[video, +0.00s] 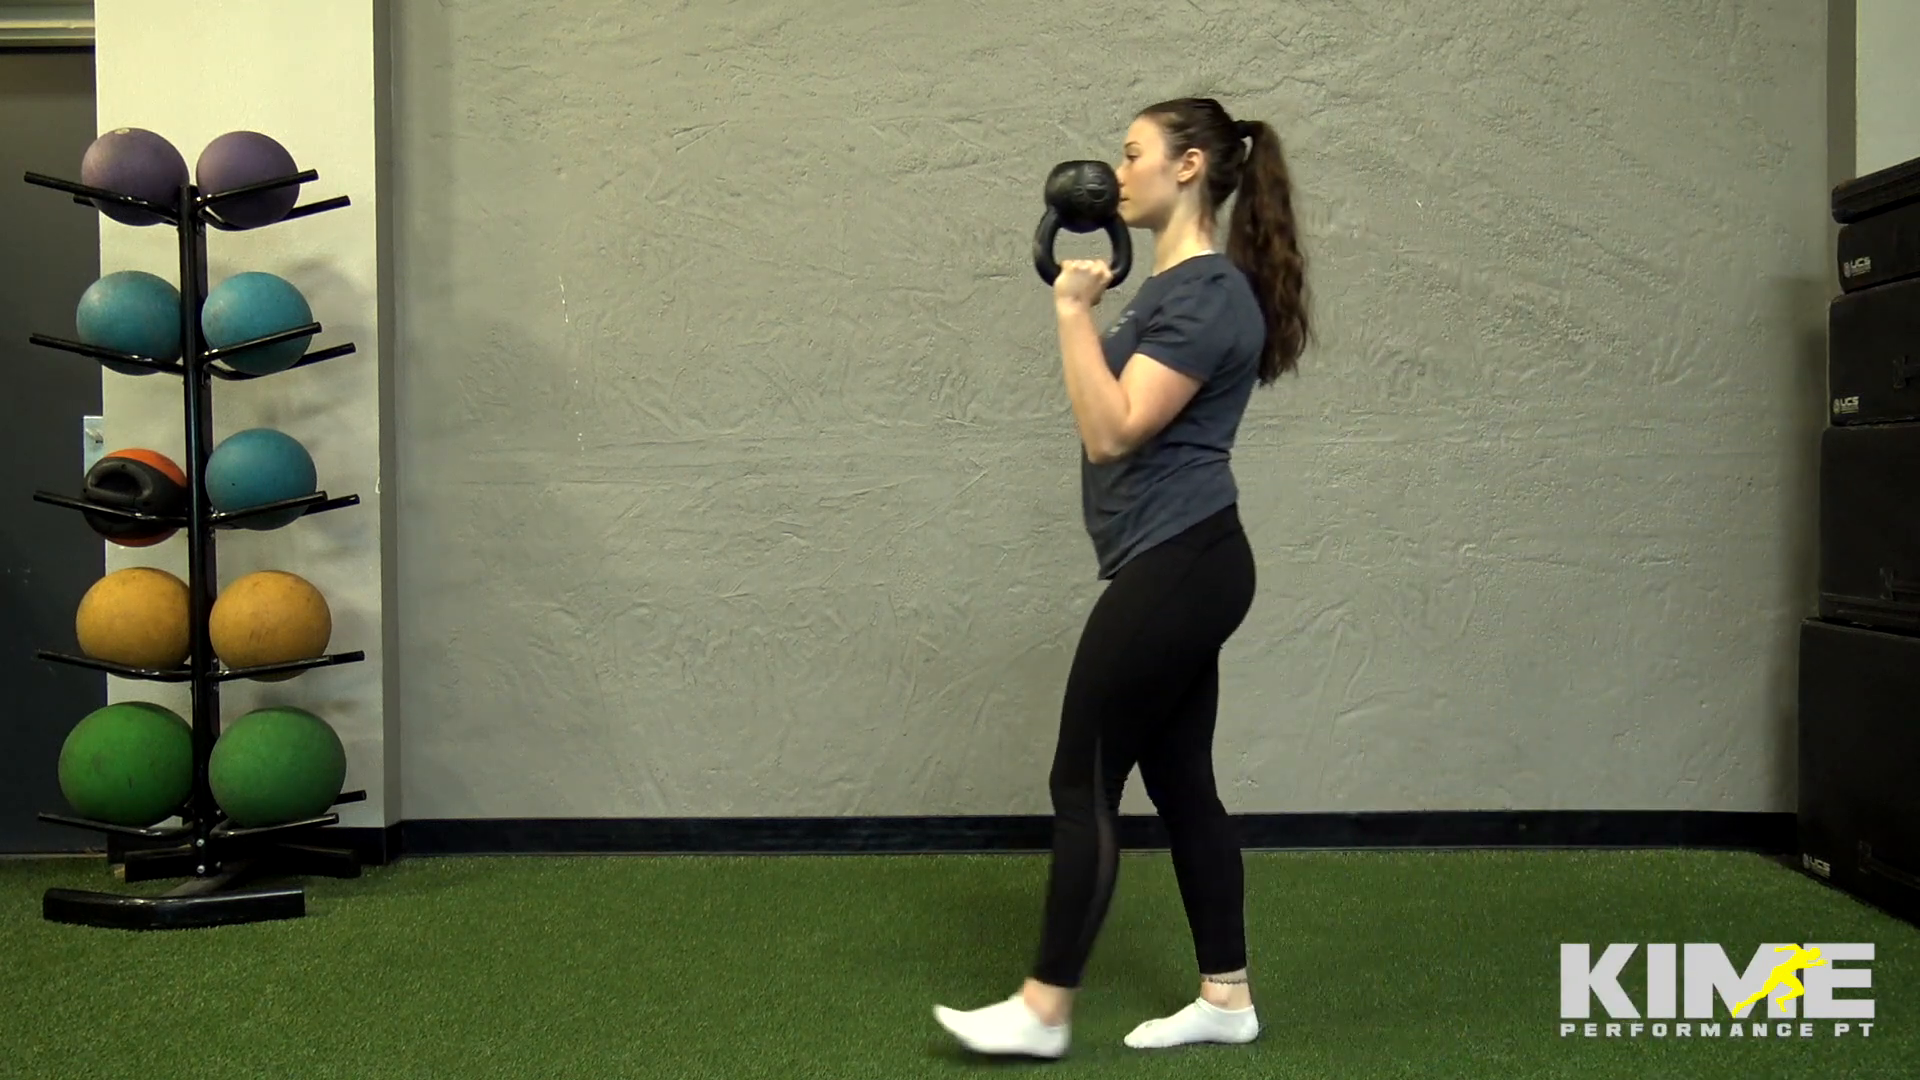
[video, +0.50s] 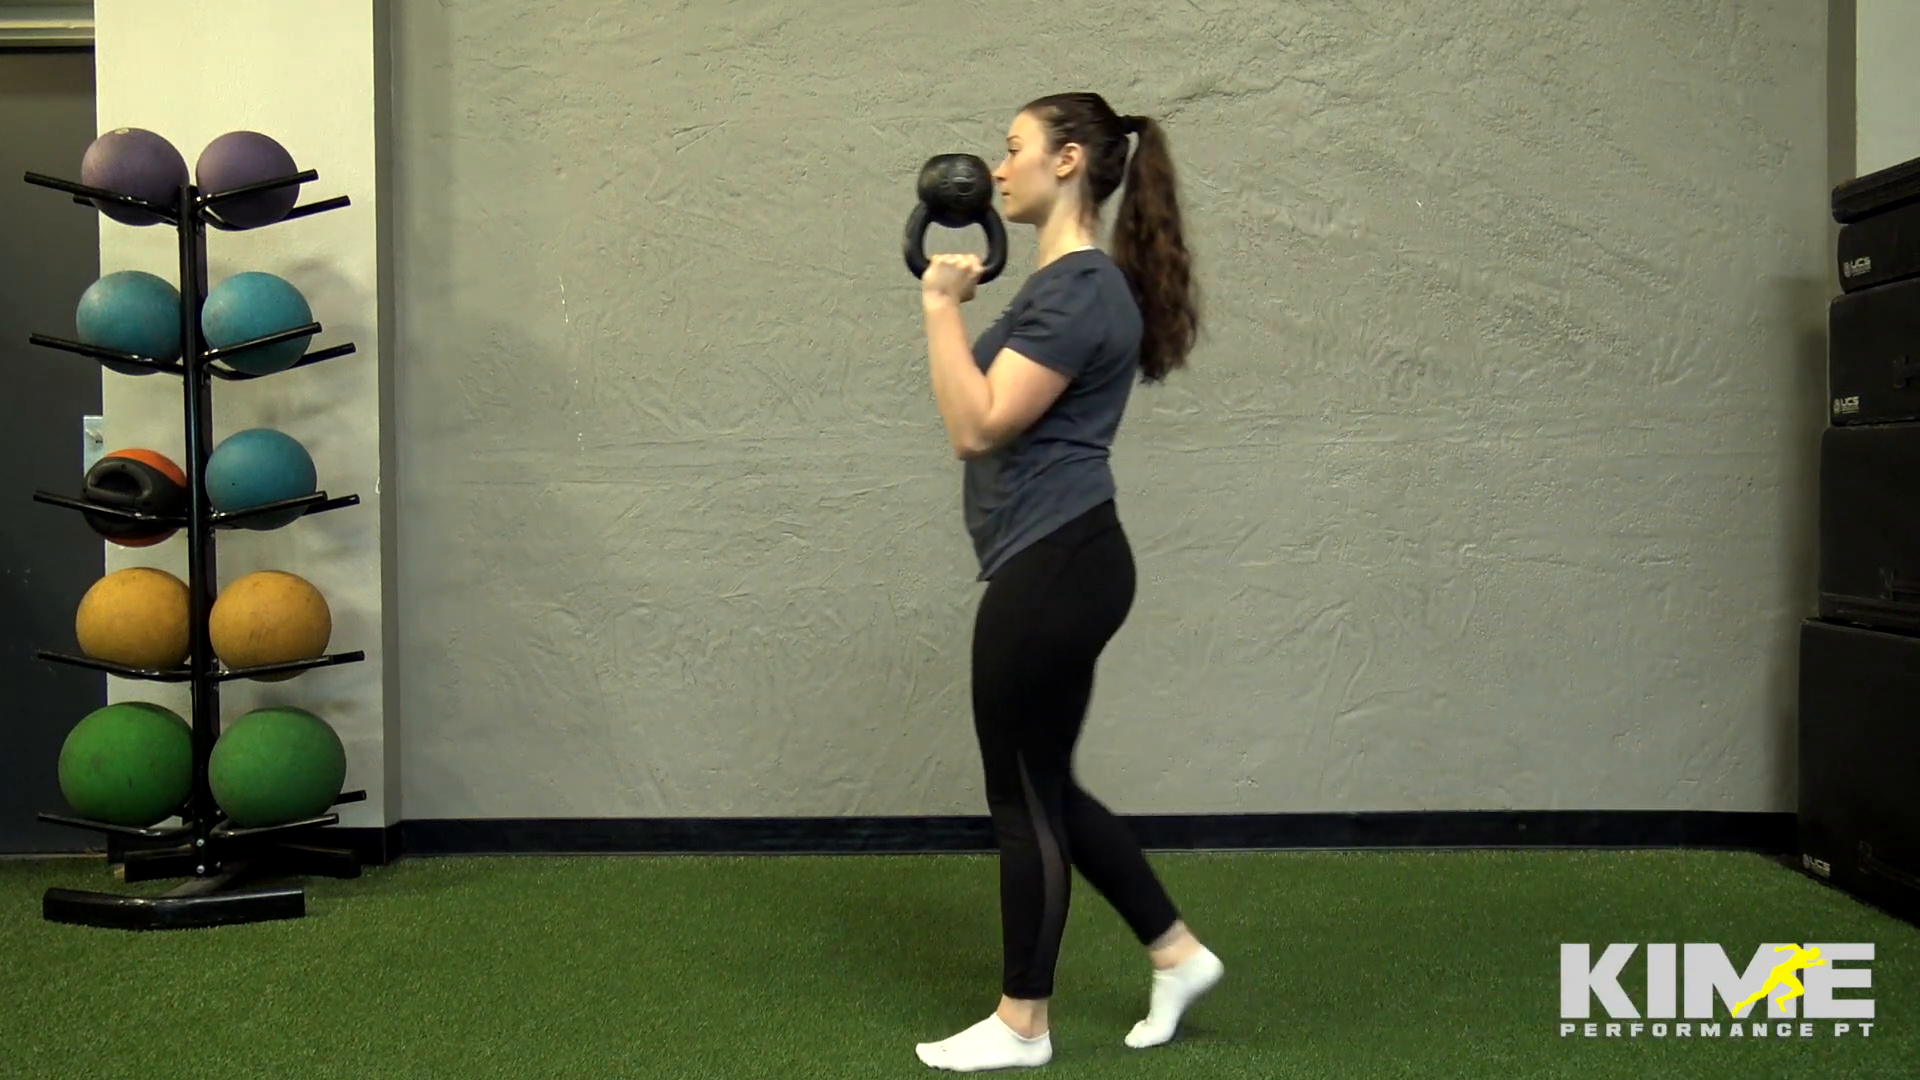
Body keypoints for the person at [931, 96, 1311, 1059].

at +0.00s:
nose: (1116, 175)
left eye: (1132, 158)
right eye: (1120, 159)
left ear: (1190, 172)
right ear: (1188, 175)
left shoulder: (1206, 293)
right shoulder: (1170, 286)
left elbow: (1111, 432)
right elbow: (1110, 424)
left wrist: (1073, 312)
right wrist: (1083, 308)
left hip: (1179, 564)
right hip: (1169, 562)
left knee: (1083, 776)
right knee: (1183, 787)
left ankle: (1044, 1006)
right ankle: (1228, 997)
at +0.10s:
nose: (1088, 176)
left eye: (1104, 160)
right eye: (1093, 160)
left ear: (1162, 172)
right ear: (1160, 176)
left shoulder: (1180, 294)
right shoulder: (1148, 289)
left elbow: (1084, 431)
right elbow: (1085, 427)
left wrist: (1043, 311)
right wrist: (1053, 309)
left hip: (1153, 568)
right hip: (1145, 564)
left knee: (1070, 785)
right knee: (1166, 787)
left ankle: (1025, 1012)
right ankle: (1225, 993)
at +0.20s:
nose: (1070, 174)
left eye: (1086, 158)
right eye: (1074, 158)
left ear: (1143, 171)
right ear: (1138, 172)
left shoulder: (1161, 295)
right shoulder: (1132, 289)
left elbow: (1061, 433)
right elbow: (1070, 426)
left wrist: (1022, 313)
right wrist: (1029, 314)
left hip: (1131, 569)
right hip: (1134, 563)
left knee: (1063, 792)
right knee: (1153, 787)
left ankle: (1027, 1018)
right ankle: (1223, 990)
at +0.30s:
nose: (1049, 174)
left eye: (1066, 157)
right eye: (1053, 157)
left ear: (1123, 167)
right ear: (1119, 169)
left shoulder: (1141, 293)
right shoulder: (1113, 288)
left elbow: (1039, 430)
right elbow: (1045, 423)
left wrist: (1000, 313)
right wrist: (1004, 311)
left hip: (1110, 565)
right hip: (1113, 560)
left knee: (1049, 795)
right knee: (1133, 783)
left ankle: (1024, 1019)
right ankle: (1218, 984)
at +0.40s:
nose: (1017, 171)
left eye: (1034, 154)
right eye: (1023, 154)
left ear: (1088, 165)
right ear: (1090, 166)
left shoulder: (1104, 289)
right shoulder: (1084, 283)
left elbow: (1006, 424)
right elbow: (997, 424)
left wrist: (964, 306)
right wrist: (968, 305)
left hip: (1074, 566)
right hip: (1078, 560)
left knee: (1032, 801)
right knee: (1089, 790)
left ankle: (1023, 1019)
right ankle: (1202, 969)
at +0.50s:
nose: (998, 170)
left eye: (1015, 152)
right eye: (1004, 152)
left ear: (1069, 165)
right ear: (1072, 166)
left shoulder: (1078, 288)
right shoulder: (1067, 281)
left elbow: (979, 424)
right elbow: (976, 425)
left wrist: (940, 304)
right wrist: (950, 306)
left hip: (1053, 565)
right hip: (1058, 558)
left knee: (1020, 792)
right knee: (1045, 782)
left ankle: (1022, 1018)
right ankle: (1178, 952)